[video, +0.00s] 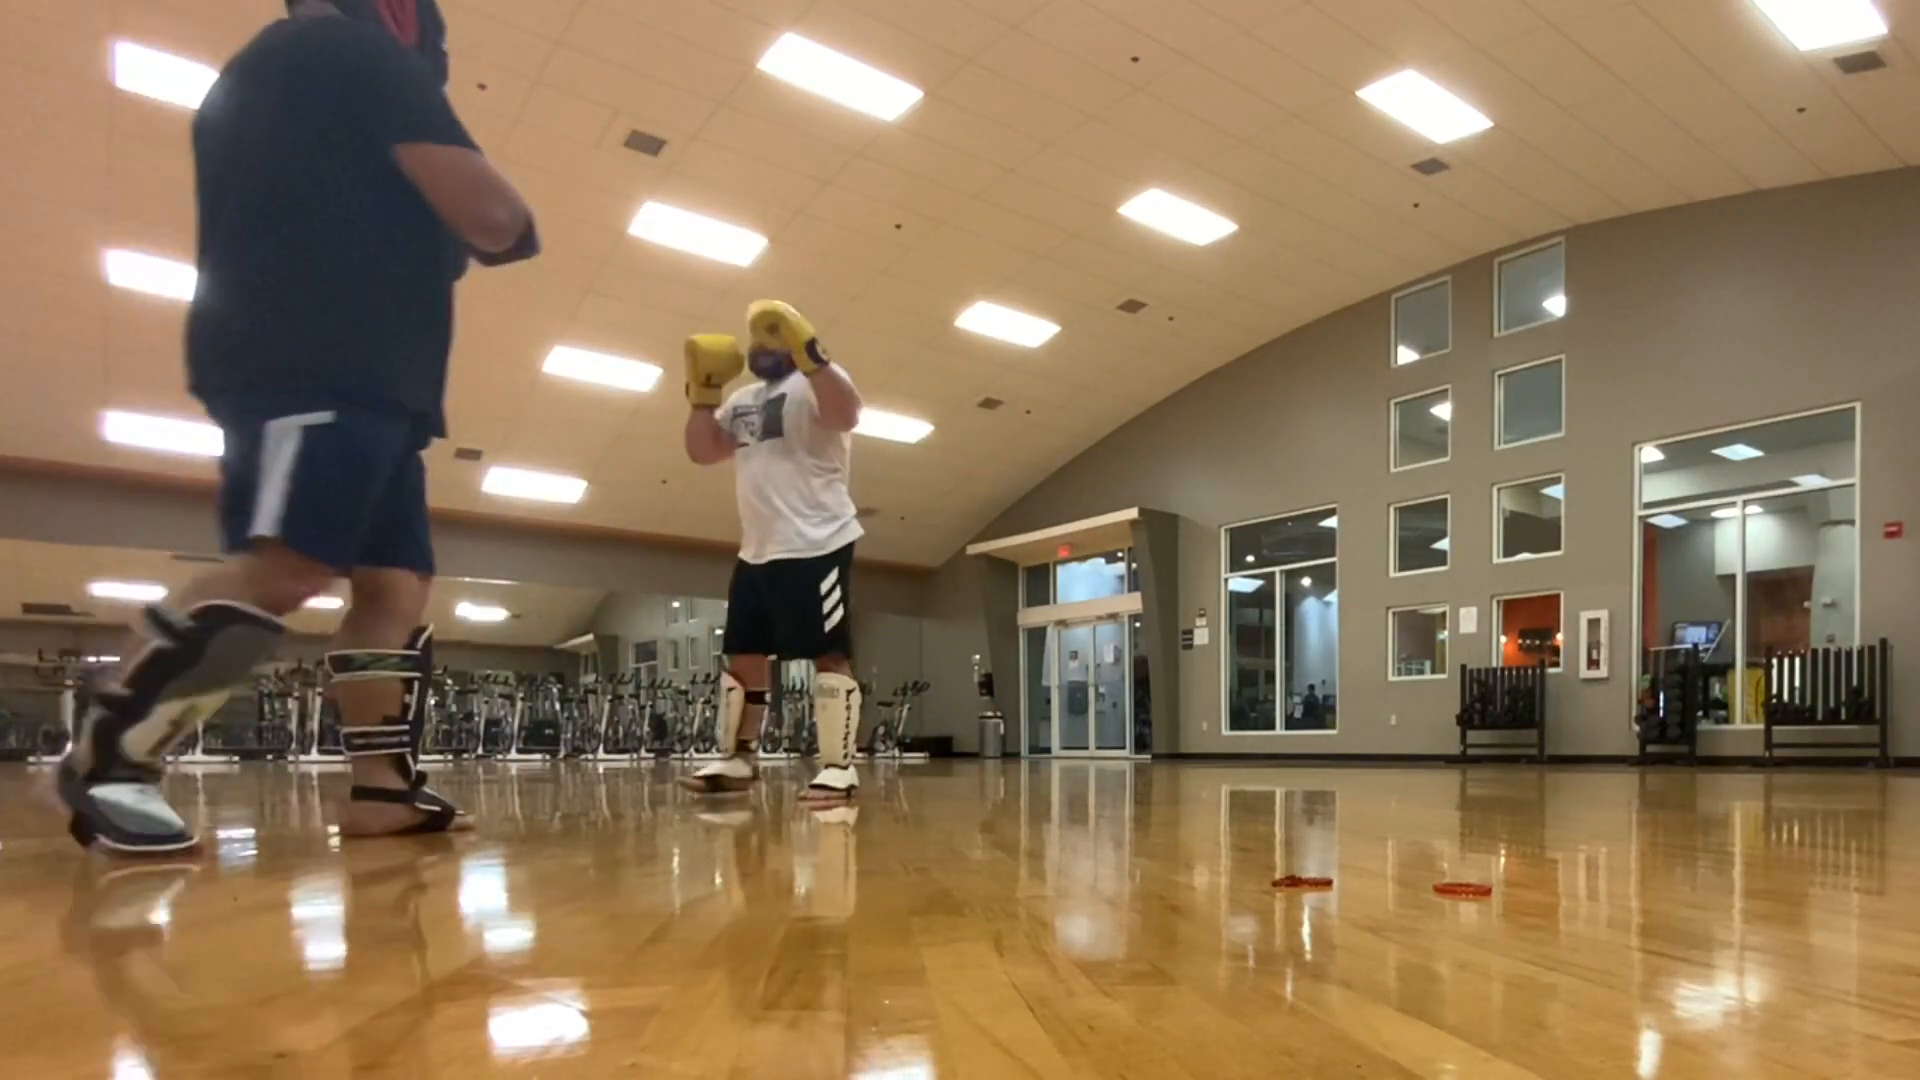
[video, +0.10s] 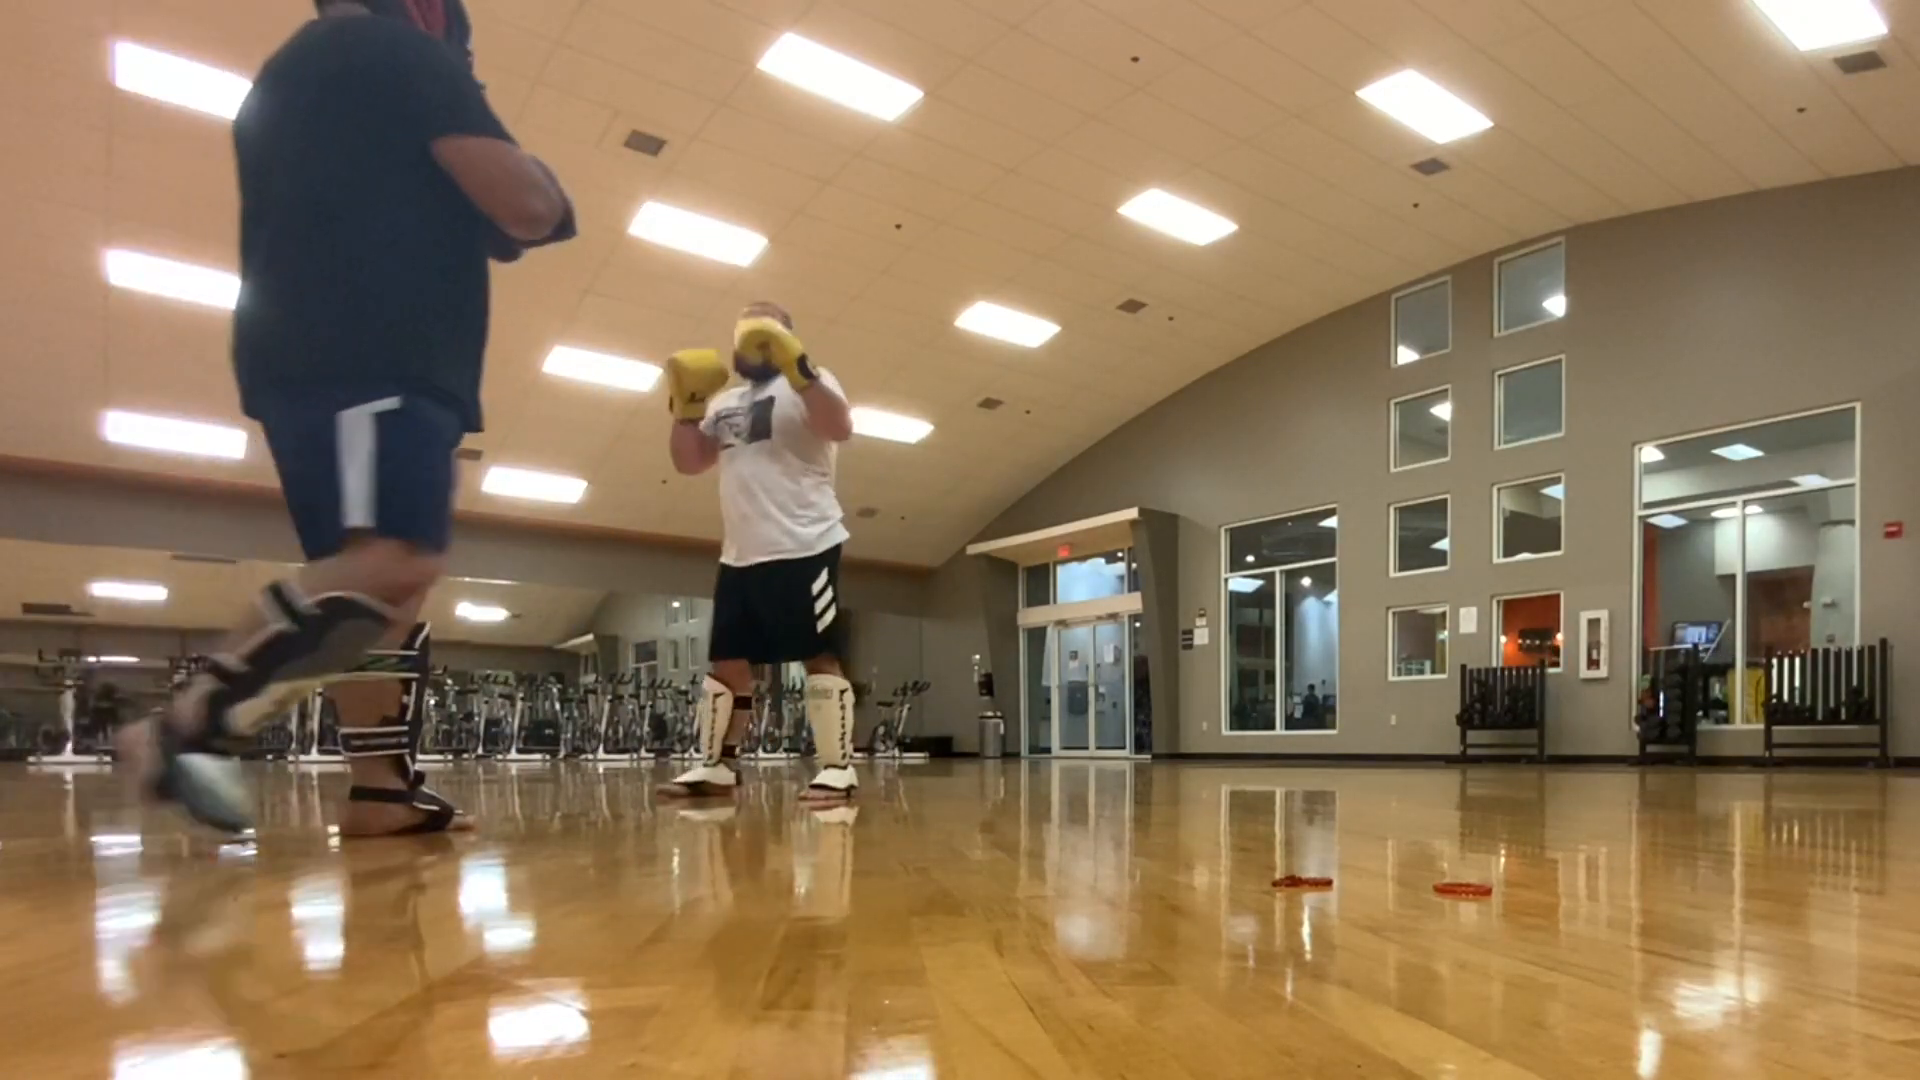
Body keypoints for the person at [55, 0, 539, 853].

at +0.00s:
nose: (428, 40)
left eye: (430, 32)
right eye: (423, 25)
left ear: (308, 0)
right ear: (387, 3)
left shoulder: (243, 75)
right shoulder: (365, 48)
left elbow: (328, 219)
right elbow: (492, 216)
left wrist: (446, 233)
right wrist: (508, 233)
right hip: (331, 362)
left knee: (394, 581)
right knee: (286, 565)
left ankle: (380, 787)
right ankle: (109, 754)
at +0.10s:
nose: (448, 26)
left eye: (448, 21)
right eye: (445, 16)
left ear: (333, 0)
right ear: (416, 2)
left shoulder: (279, 76)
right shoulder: (402, 48)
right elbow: (525, 205)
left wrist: (484, 220)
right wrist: (549, 201)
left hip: (294, 348)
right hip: (379, 343)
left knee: (364, 569)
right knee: (398, 560)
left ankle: (379, 784)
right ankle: (184, 725)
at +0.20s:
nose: (486, 32)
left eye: (485, 24)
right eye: (481, 19)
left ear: (371, 4)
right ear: (448, 4)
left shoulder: (314, 78)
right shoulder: (440, 52)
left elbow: (392, 209)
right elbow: (560, 203)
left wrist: (512, 208)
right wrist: (579, 187)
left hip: (322, 353)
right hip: (417, 346)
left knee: (374, 566)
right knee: (479, 542)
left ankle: (345, 762)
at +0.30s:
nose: (521, 34)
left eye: (520, 23)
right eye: (517, 19)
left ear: (403, 12)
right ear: (485, 9)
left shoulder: (345, 95)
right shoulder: (486, 69)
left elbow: (359, 235)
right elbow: (591, 216)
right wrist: (618, 183)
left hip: (354, 364)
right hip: (463, 360)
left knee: (385, 570)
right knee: (514, 545)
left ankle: (371, 789)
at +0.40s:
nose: (572, 49)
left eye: (568, 34)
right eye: (566, 31)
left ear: (450, 19)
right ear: (536, 18)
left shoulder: (385, 107)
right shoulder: (544, 86)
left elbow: (410, 240)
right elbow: (639, 236)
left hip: (397, 374)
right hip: (512, 370)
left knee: (411, 578)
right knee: (559, 564)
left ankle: (376, 792)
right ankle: (627, 781)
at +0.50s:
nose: (628, 62)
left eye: (628, 47)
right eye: (624, 43)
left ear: (506, 24)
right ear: (599, 30)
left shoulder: (429, 108)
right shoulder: (610, 102)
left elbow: (407, 255)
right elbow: (692, 257)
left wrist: (506, 250)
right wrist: (605, 232)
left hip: (456, 386)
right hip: (580, 382)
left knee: (459, 585)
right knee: (633, 569)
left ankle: (386, 788)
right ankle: (648, 790)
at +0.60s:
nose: (683, 61)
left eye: (684, 47)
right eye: (681, 44)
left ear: (566, 24)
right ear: (659, 32)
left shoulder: (474, 93)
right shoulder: (675, 109)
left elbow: (420, 220)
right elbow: (744, 261)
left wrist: (518, 239)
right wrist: (658, 229)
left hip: (503, 379)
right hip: (623, 377)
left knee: (525, 563)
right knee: (672, 562)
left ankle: (430, 766)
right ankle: (650, 789)